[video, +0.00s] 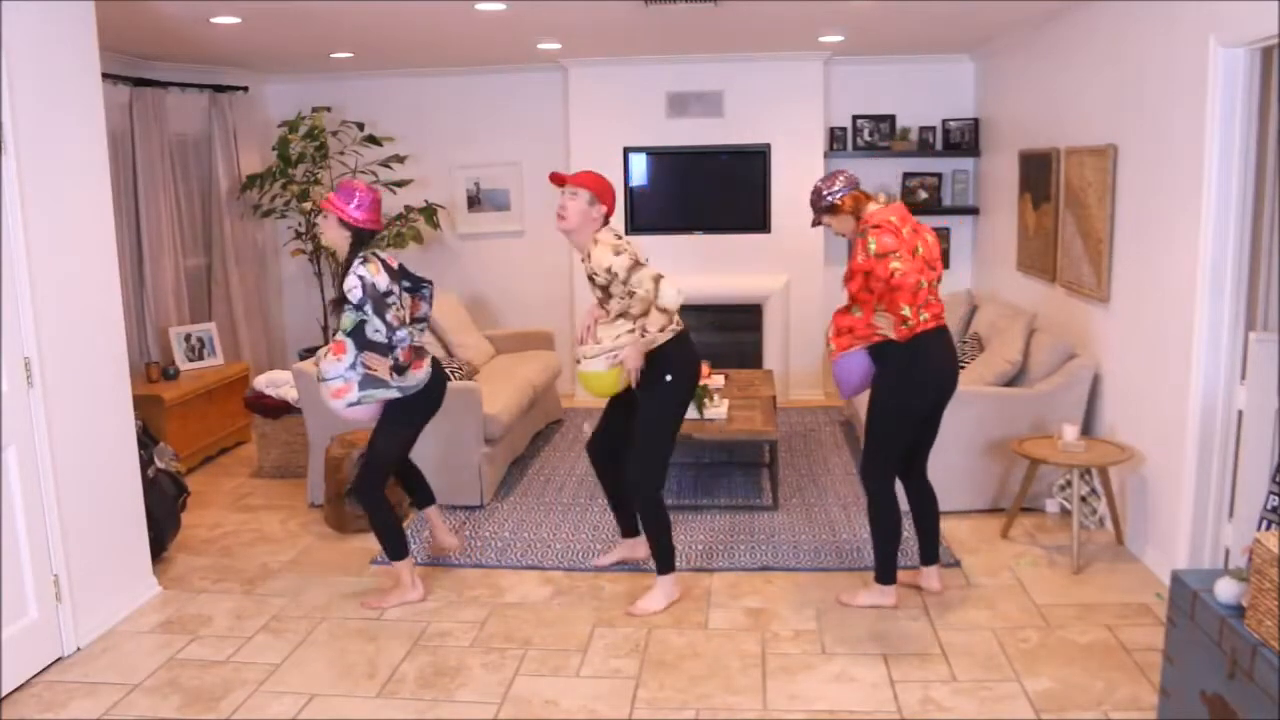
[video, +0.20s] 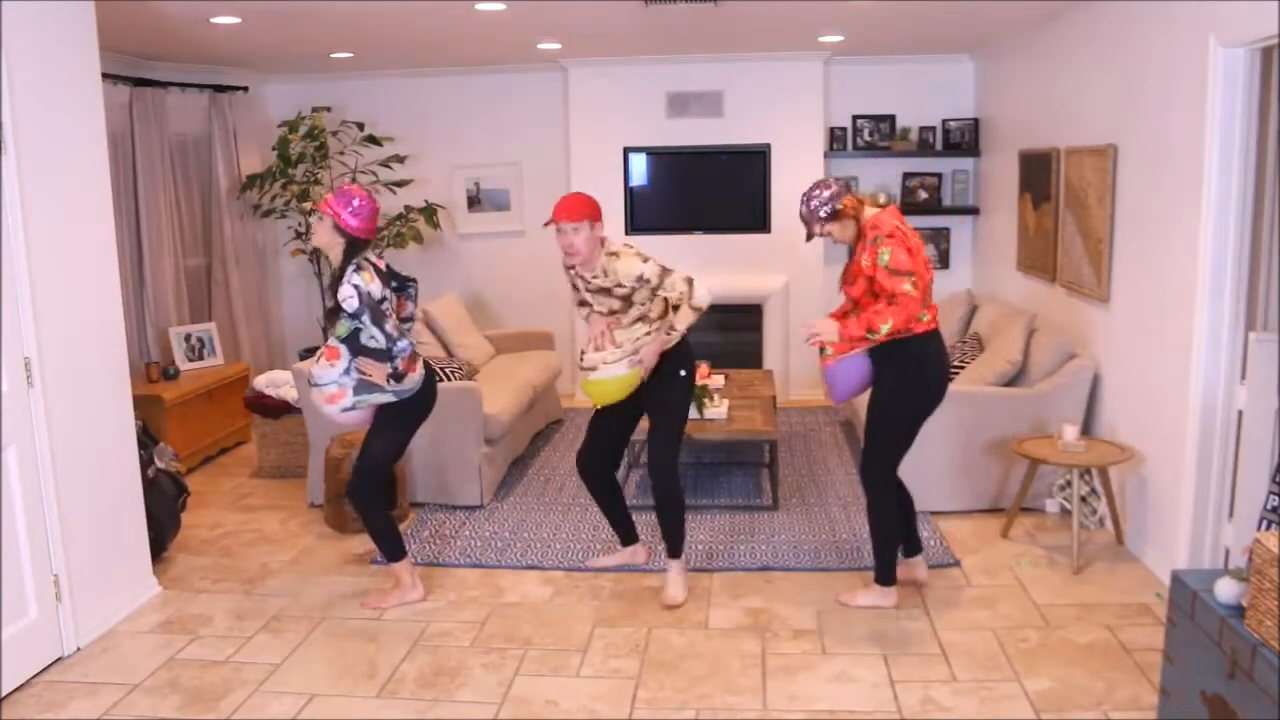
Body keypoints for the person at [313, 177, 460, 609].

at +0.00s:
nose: (320, 224)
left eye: (326, 217)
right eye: (323, 216)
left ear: (346, 226)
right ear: (355, 226)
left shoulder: (360, 276)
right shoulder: (381, 260)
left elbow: (385, 345)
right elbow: (422, 289)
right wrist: (409, 336)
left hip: (412, 392)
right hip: (429, 377)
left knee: (367, 485)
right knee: (394, 457)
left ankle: (408, 583)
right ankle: (442, 534)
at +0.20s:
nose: (312, 224)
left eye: (319, 219)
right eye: (315, 217)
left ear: (340, 231)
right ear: (348, 231)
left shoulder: (352, 280)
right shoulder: (371, 263)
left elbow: (334, 361)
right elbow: (408, 286)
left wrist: (305, 375)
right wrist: (400, 338)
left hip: (405, 394)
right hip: (416, 381)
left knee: (362, 488)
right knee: (377, 465)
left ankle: (408, 583)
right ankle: (387, 539)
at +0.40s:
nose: (308, 227)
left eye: (317, 224)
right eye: (312, 221)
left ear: (338, 237)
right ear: (337, 237)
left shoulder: (351, 286)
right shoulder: (350, 273)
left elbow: (329, 366)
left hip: (403, 393)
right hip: (388, 388)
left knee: (361, 484)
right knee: (351, 462)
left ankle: (409, 582)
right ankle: (359, 543)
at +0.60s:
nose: (306, 227)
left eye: (318, 224)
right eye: (310, 221)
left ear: (340, 240)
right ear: (329, 240)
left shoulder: (352, 290)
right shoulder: (328, 284)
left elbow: (411, 340)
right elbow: (339, 342)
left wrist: (389, 370)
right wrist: (319, 380)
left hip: (392, 393)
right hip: (362, 391)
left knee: (363, 481)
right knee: (337, 463)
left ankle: (410, 583)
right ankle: (357, 548)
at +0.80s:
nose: (305, 229)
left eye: (316, 225)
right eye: (307, 222)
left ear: (339, 240)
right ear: (322, 237)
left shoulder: (357, 288)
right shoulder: (315, 287)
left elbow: (415, 328)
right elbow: (325, 343)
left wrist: (391, 368)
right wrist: (304, 379)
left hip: (385, 390)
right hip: (346, 390)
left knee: (372, 478)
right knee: (323, 465)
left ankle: (411, 579)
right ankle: (356, 552)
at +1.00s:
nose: (316, 233)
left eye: (326, 227)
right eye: (312, 225)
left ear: (346, 237)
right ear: (306, 232)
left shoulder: (364, 280)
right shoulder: (307, 279)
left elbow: (422, 323)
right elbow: (298, 325)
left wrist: (381, 362)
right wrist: (304, 358)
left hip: (390, 384)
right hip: (344, 388)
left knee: (392, 470)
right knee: (320, 467)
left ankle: (436, 556)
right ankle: (355, 551)